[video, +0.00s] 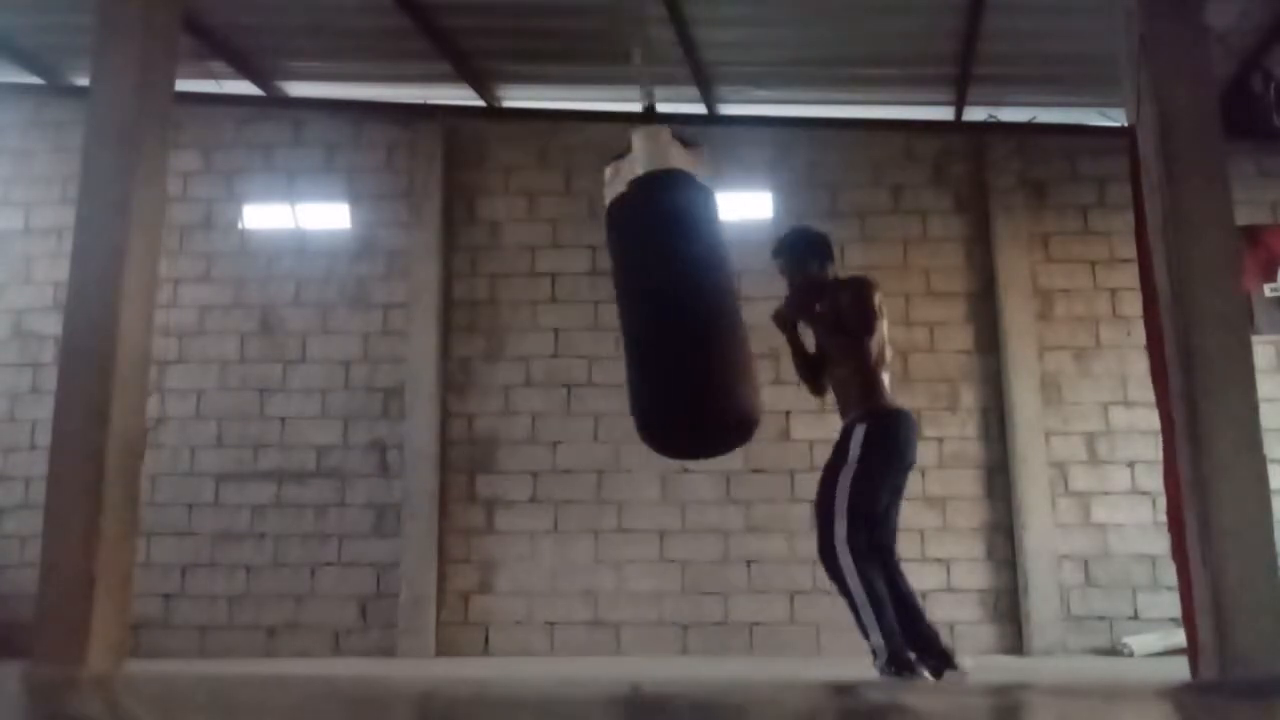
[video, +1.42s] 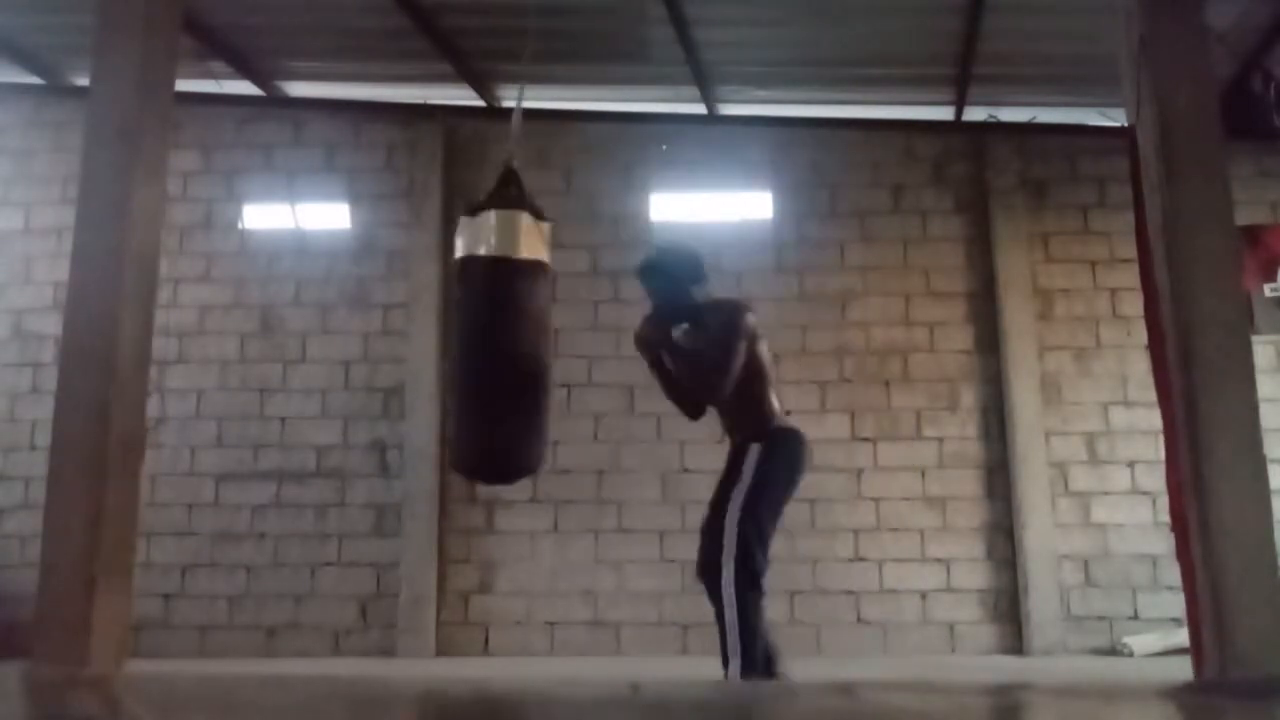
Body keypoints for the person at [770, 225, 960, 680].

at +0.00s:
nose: (784, 283)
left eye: (787, 271)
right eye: (782, 273)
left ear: (813, 265)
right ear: (812, 267)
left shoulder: (856, 290)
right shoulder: (823, 313)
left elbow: (868, 353)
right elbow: (816, 382)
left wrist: (818, 314)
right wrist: (791, 334)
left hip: (872, 430)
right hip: (886, 430)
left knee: (840, 544)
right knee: (876, 549)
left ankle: (896, 664)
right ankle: (933, 657)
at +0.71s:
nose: (786, 307)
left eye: (792, 296)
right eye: (783, 298)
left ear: (818, 295)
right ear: (801, 300)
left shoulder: (859, 325)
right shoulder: (815, 344)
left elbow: (858, 389)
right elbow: (813, 414)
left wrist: (805, 348)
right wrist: (782, 365)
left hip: (865, 458)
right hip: (864, 460)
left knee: (803, 550)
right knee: (851, 567)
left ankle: (869, 658)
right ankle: (897, 663)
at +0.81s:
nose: (782, 296)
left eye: (788, 284)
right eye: (780, 286)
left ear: (813, 281)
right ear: (792, 286)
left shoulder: (850, 316)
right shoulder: (802, 335)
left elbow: (854, 374)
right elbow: (789, 401)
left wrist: (803, 333)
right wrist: (770, 350)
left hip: (855, 449)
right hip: (842, 452)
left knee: (802, 532)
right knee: (850, 569)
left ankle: (816, 665)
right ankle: (906, 673)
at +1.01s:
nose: (760, 310)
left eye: (766, 300)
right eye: (758, 300)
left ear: (791, 299)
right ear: (765, 300)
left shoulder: (828, 339)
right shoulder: (768, 348)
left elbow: (834, 411)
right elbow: (747, 419)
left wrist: (779, 364)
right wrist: (745, 370)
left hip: (828, 471)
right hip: (805, 472)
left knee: (782, 577)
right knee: (827, 587)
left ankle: (756, 690)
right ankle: (906, 681)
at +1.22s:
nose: (700, 323)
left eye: (704, 314)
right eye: (700, 314)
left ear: (722, 313)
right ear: (733, 314)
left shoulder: (774, 343)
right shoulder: (720, 358)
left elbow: (794, 403)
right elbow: (714, 432)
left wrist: (731, 367)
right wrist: (692, 391)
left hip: (790, 473)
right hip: (783, 475)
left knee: (725, 575)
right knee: (779, 597)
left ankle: (735, 692)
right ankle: (889, 669)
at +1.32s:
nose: (671, 312)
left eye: (674, 301)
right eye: (670, 302)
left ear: (692, 299)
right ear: (706, 297)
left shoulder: (748, 326)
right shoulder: (699, 343)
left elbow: (754, 392)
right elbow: (702, 417)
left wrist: (694, 351)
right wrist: (670, 371)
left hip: (781, 459)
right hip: (765, 459)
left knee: (728, 577)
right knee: (742, 578)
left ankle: (737, 691)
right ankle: (838, 668)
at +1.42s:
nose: (648, 304)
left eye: (654, 291)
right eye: (647, 293)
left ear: (680, 286)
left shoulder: (730, 317)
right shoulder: (684, 334)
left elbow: (719, 390)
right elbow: (691, 406)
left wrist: (667, 346)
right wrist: (654, 355)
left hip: (770, 447)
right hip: (747, 449)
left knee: (732, 561)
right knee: (713, 566)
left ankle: (745, 683)